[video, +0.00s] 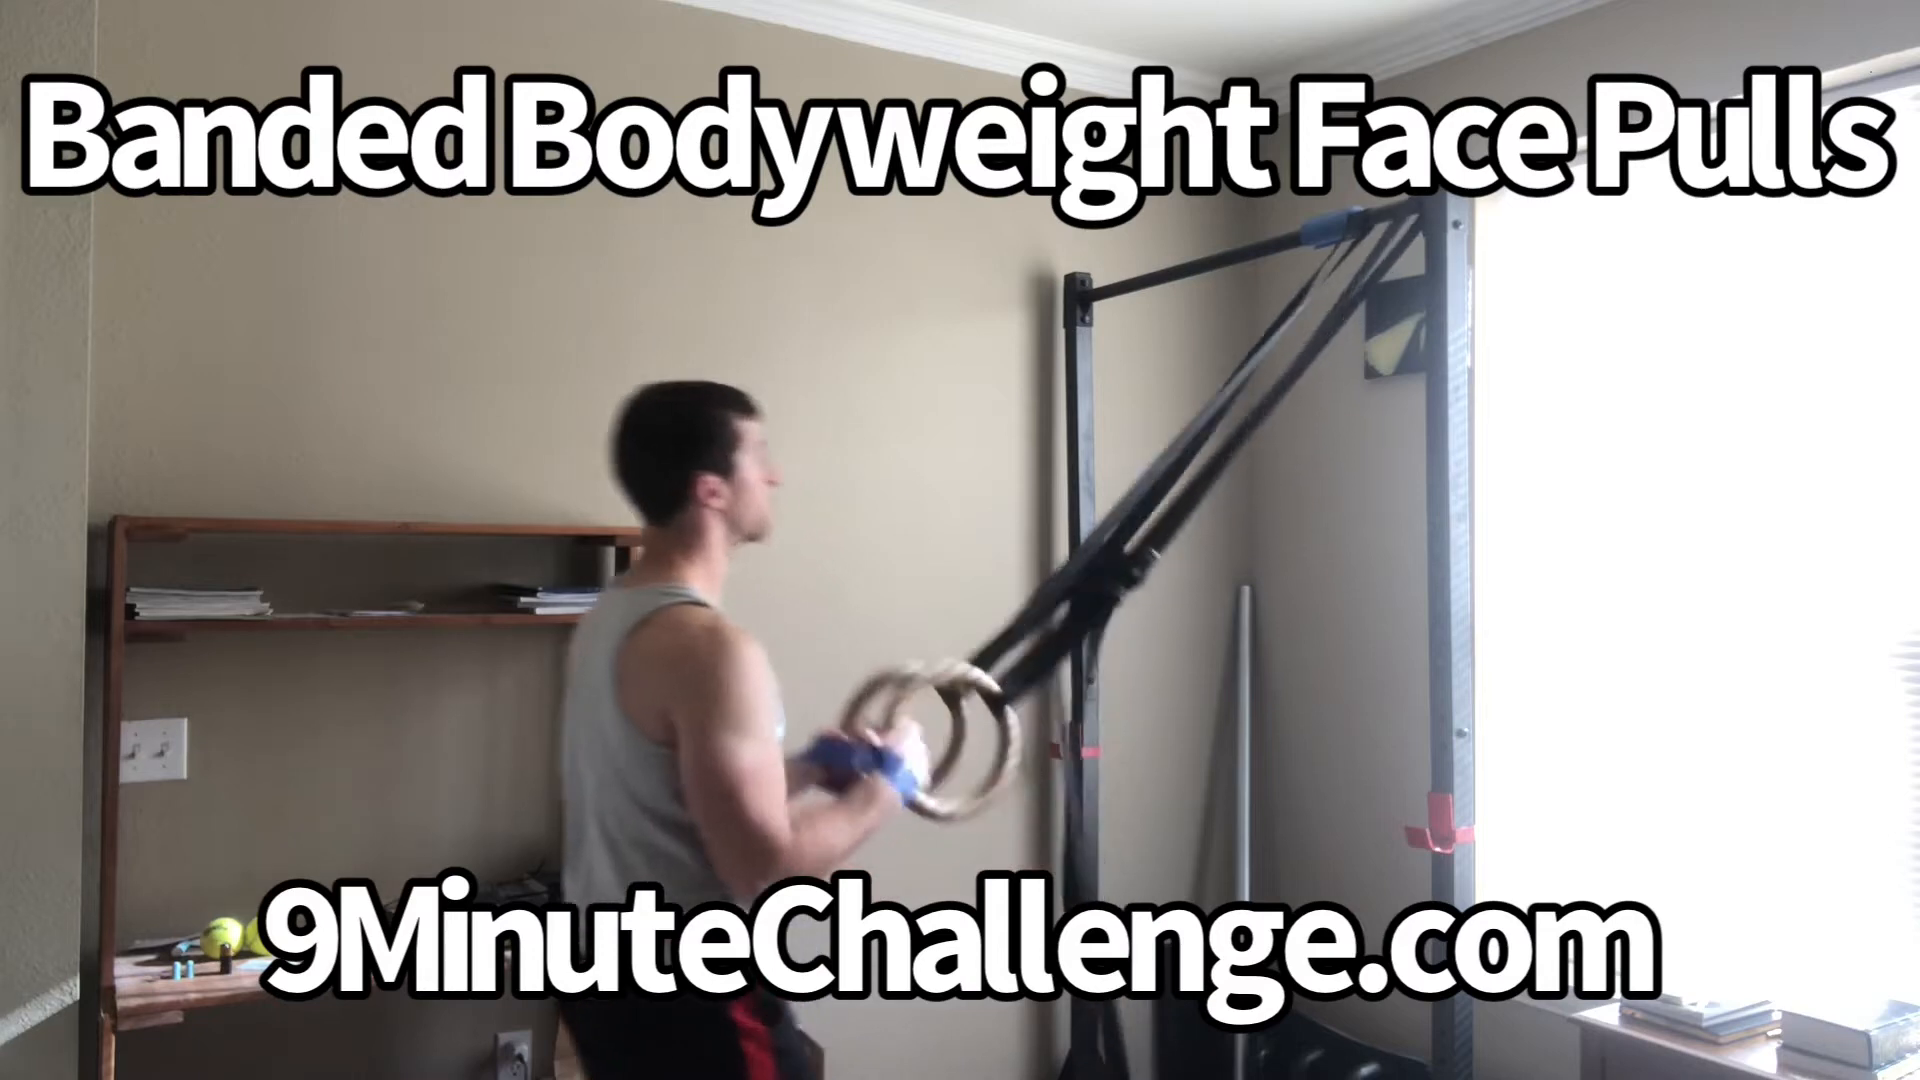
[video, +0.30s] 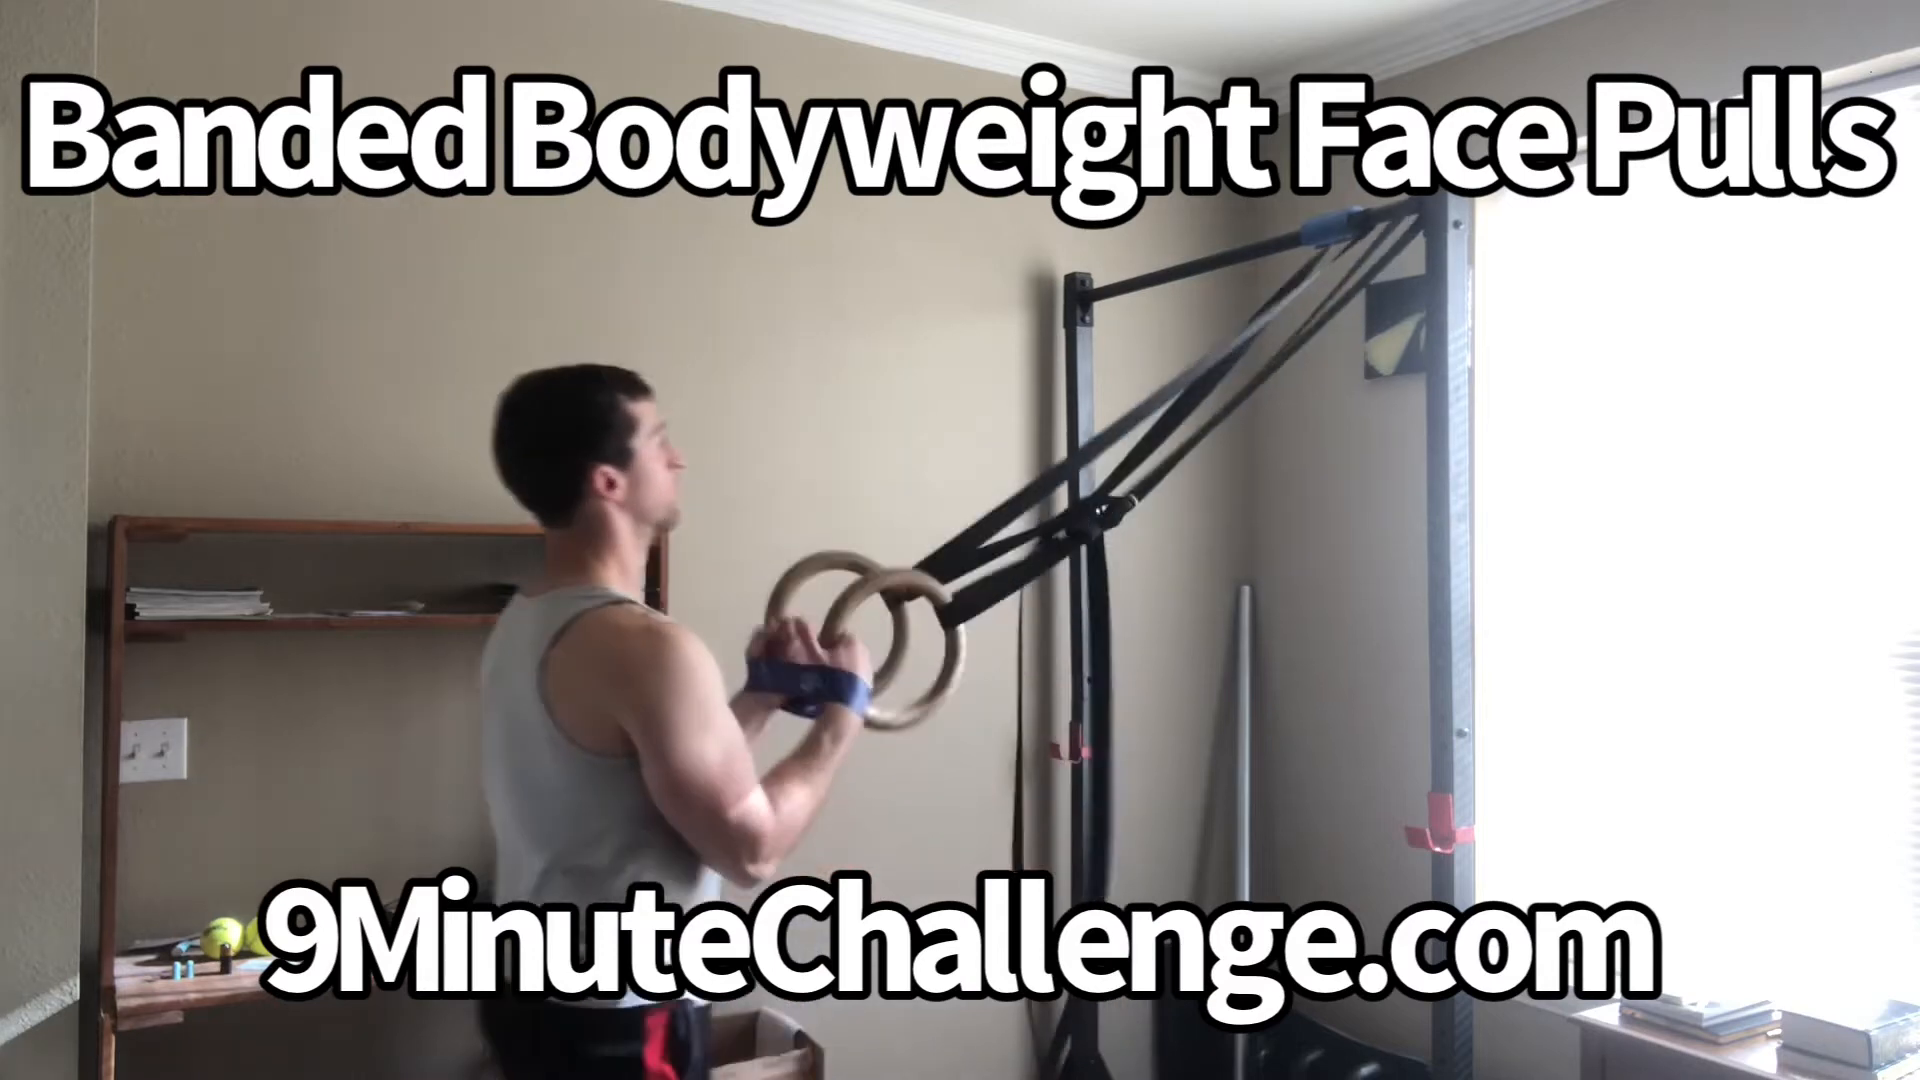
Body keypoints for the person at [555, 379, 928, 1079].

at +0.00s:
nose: (775, 477)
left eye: (764, 453)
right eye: (757, 456)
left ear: (699, 489)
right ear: (711, 490)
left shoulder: (610, 616)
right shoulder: (712, 651)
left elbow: (659, 791)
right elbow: (760, 863)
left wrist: (802, 770)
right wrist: (881, 793)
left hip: (604, 976)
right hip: (694, 992)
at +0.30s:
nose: (678, 459)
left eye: (666, 436)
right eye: (658, 440)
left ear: (602, 485)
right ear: (609, 482)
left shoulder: (520, 629)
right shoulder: (651, 650)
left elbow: (647, 799)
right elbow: (752, 846)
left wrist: (762, 695)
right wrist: (843, 714)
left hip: (536, 1002)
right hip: (625, 1021)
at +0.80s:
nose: (600, 472)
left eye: (592, 448)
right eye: (584, 450)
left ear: (513, 475)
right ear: (517, 473)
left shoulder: (445, 625)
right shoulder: (543, 654)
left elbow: (624, 774)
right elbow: (721, 823)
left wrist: (763, 705)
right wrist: (831, 711)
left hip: (474, 1028)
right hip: (553, 1045)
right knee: (788, 1053)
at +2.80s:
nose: (616, 488)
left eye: (613, 466)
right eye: (601, 465)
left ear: (530, 478)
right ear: (533, 473)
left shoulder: (467, 615)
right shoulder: (540, 644)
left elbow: (634, 776)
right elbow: (694, 835)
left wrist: (758, 697)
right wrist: (821, 711)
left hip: (492, 1005)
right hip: (559, 1026)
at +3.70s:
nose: (518, 512)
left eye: (518, 486)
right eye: (506, 484)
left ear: (429, 489)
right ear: (432, 487)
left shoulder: (360, 641)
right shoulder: (448, 667)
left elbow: (577, 754)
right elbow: (677, 807)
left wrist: (727, 681)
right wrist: (816, 698)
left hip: (448, 1028)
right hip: (528, 1043)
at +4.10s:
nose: (435, 520)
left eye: (426, 491)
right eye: (415, 493)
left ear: (333, 527)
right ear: (336, 523)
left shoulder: (303, 675)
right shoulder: (367, 700)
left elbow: (536, 740)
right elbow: (627, 776)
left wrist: (704, 681)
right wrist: (788, 686)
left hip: (430, 1043)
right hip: (505, 1051)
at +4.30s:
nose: (374, 539)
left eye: (359, 515)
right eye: (346, 521)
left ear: (270, 565)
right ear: (270, 563)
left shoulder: (289, 718)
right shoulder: (337, 739)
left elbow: (548, 732)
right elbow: (613, 762)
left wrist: (712, 658)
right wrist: (780, 662)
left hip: (462, 1055)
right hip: (525, 1061)